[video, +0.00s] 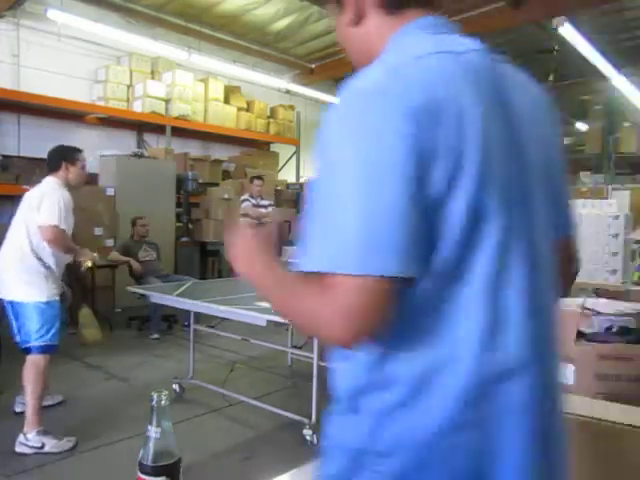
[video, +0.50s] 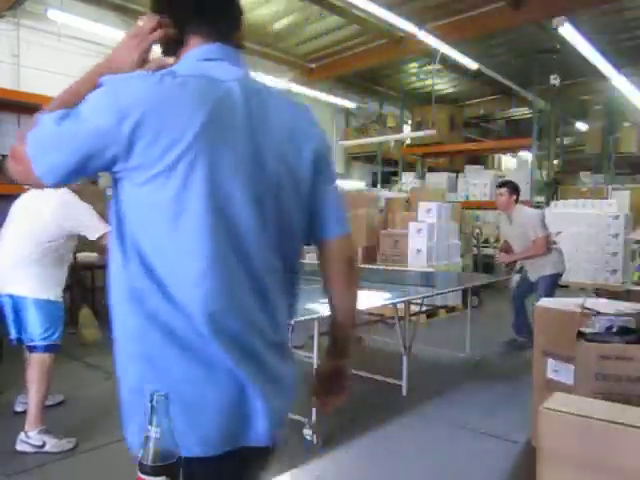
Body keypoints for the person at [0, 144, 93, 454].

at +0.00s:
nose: (85, 172)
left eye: (85, 166)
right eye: (81, 166)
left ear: (61, 167)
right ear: (66, 167)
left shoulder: (40, 190)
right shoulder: (56, 193)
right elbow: (52, 234)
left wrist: (77, 252)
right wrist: (79, 252)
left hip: (17, 282)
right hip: (33, 284)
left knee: (35, 346)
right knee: (40, 351)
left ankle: (30, 395)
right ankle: (31, 432)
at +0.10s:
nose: (85, 174)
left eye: (84, 169)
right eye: (81, 169)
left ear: (58, 169)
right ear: (66, 169)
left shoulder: (33, 193)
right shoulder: (61, 195)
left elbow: (36, 240)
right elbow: (62, 237)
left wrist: (72, 256)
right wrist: (85, 249)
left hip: (13, 283)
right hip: (35, 285)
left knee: (35, 345)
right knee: (41, 351)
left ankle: (29, 395)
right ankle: (31, 431)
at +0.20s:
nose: (84, 179)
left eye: (84, 174)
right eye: (81, 174)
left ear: (56, 174)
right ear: (65, 174)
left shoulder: (29, 197)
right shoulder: (67, 200)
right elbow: (94, 240)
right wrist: (121, 252)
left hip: (7, 282)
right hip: (32, 284)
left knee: (35, 345)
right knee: (42, 350)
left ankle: (30, 396)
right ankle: (32, 431)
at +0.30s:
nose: (87, 178)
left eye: (86, 172)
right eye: (83, 172)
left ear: (54, 176)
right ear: (70, 175)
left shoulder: (27, 200)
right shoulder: (67, 203)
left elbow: (54, 251)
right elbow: (118, 237)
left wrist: (99, 258)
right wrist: (152, 256)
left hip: (6, 284)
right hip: (30, 287)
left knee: (35, 347)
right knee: (42, 352)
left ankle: (30, 396)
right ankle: (32, 432)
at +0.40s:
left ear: (50, 175)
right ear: (74, 177)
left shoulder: (27, 198)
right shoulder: (65, 201)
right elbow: (120, 236)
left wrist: (101, 257)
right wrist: (148, 255)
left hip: (8, 285)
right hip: (34, 289)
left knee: (32, 348)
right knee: (42, 353)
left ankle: (30, 395)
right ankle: (32, 431)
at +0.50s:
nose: (85, 178)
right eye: (83, 173)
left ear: (45, 169)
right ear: (73, 174)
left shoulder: (27, 197)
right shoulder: (66, 201)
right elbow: (108, 238)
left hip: (9, 287)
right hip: (38, 290)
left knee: (32, 347)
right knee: (42, 356)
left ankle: (31, 394)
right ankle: (33, 430)